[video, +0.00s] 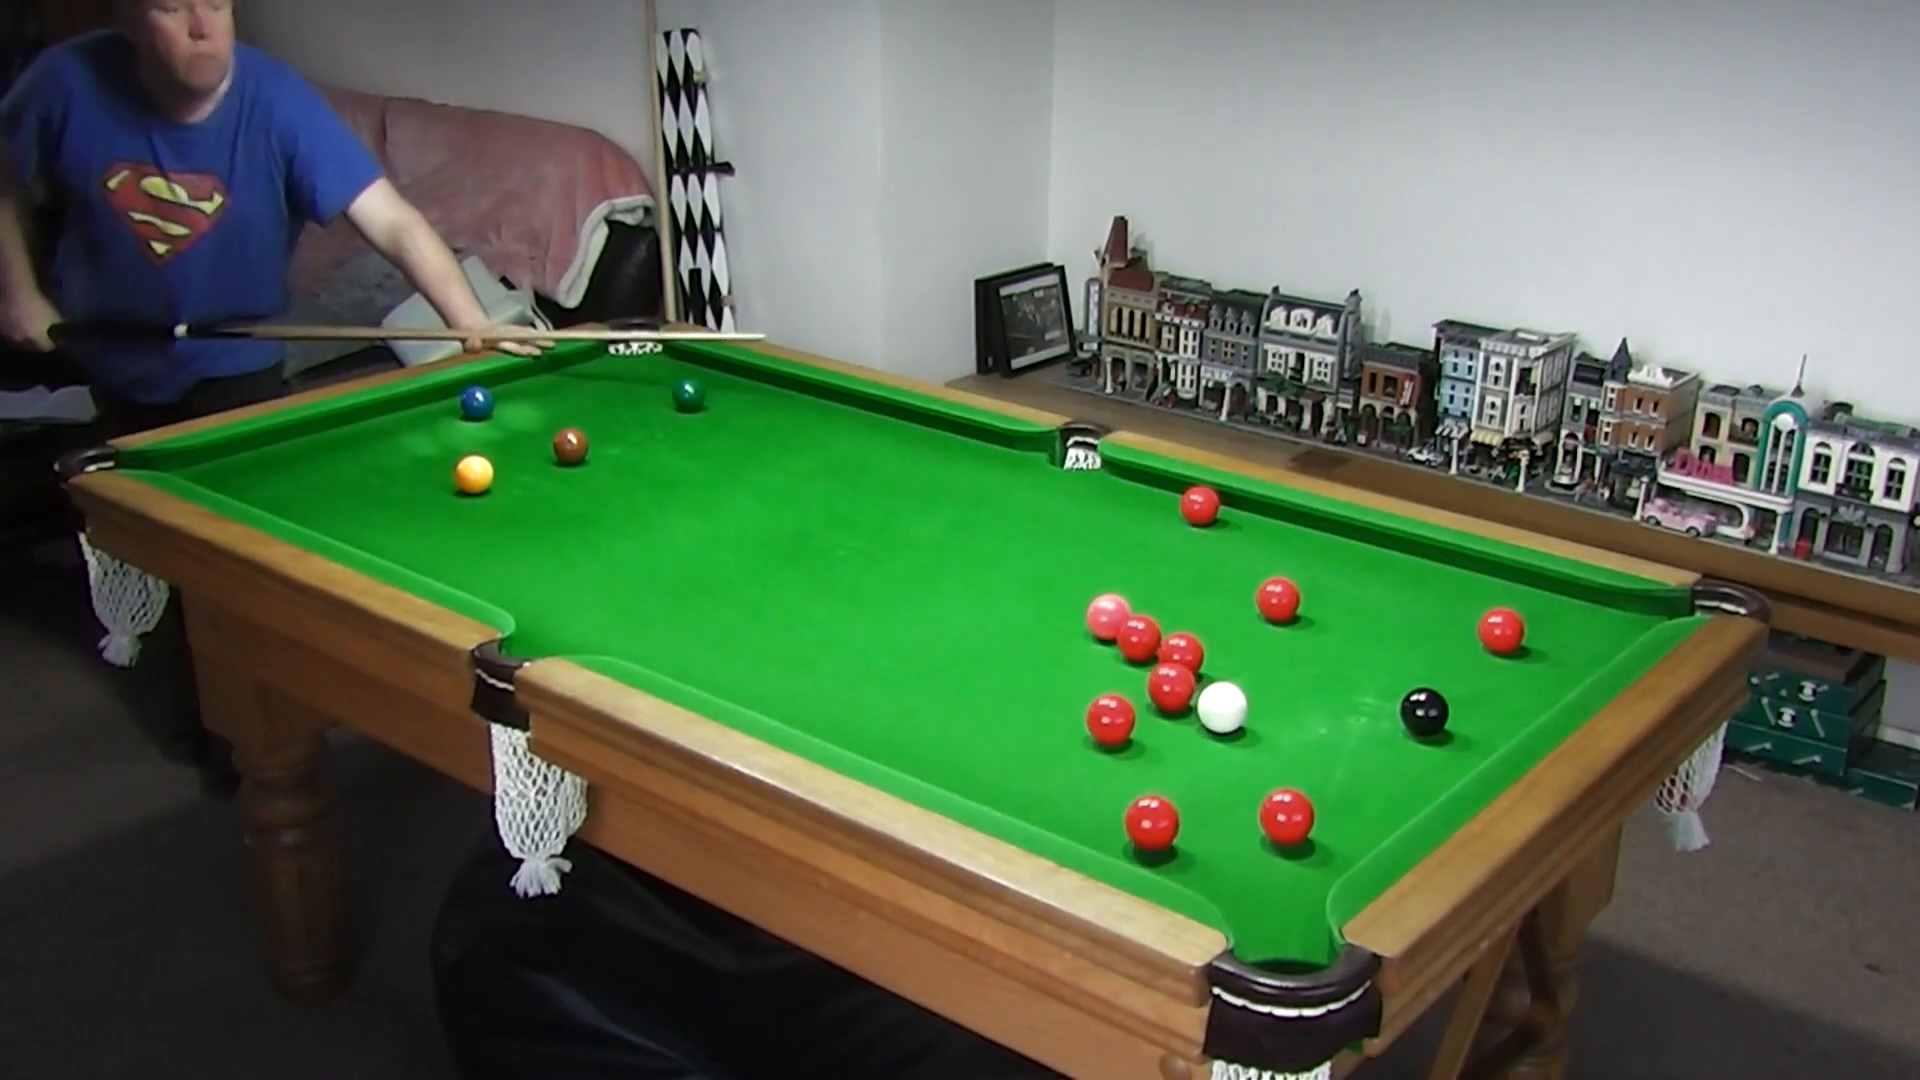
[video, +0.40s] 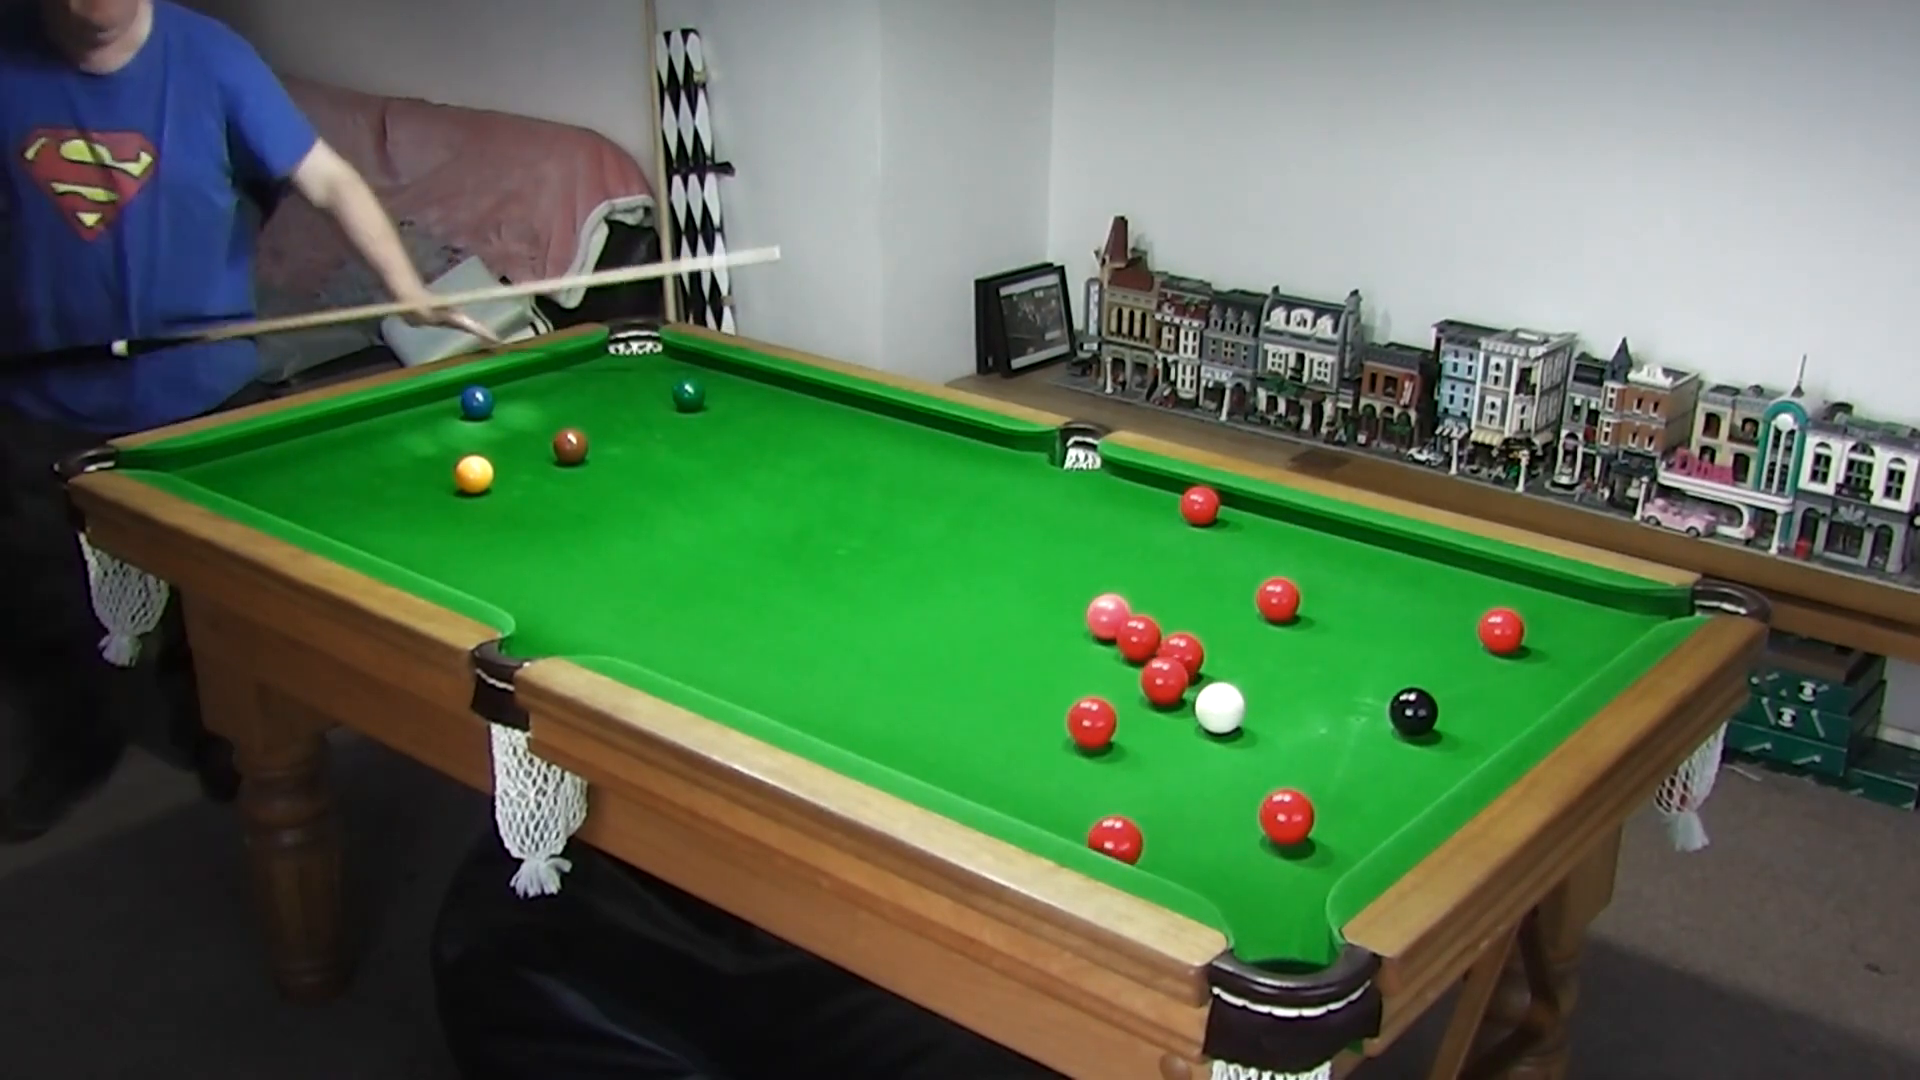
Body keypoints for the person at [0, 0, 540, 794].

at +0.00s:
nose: (204, 26)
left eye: (215, 5)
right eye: (175, 9)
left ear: (233, 10)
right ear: (131, 21)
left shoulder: (277, 101)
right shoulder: (64, 85)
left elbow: (394, 222)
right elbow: (7, 189)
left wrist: (475, 326)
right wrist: (20, 290)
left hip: (236, 361)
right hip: (96, 361)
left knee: (243, 548)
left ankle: (238, 720)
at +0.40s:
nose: (101, 7)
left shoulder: (210, 59)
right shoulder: (12, 66)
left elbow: (333, 180)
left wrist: (410, 289)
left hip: (203, 399)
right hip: (44, 405)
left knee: (223, 593)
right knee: (41, 604)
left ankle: (222, 735)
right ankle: (69, 742)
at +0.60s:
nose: (30, 4)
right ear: (3, 5)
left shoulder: (152, 57)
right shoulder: (8, 88)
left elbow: (238, 173)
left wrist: (276, 271)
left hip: (152, 405)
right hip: (19, 420)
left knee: (186, 597)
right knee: (9, 636)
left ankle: (210, 741)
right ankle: (5, 825)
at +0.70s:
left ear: (19, 5)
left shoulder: (101, 67)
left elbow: (182, 191)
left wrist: (206, 292)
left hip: (126, 424)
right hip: (13, 445)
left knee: (170, 604)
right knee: (7, 662)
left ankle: (209, 745)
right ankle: (3, 835)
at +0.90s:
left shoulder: (28, 60)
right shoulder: (31, 62)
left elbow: (88, 203)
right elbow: (91, 208)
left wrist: (105, 299)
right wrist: (106, 295)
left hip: (47, 427)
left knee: (103, 613)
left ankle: (153, 738)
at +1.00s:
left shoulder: (12, 63)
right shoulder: (19, 66)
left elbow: (66, 203)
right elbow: (68, 204)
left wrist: (93, 300)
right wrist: (94, 296)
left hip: (32, 443)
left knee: (72, 640)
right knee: (54, 639)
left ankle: (106, 789)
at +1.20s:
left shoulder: (2, 87)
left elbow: (33, 199)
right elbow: (39, 202)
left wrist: (76, 301)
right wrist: (75, 300)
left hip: (10, 473)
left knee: (22, 711)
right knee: (20, 715)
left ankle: (38, 925)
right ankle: (33, 927)